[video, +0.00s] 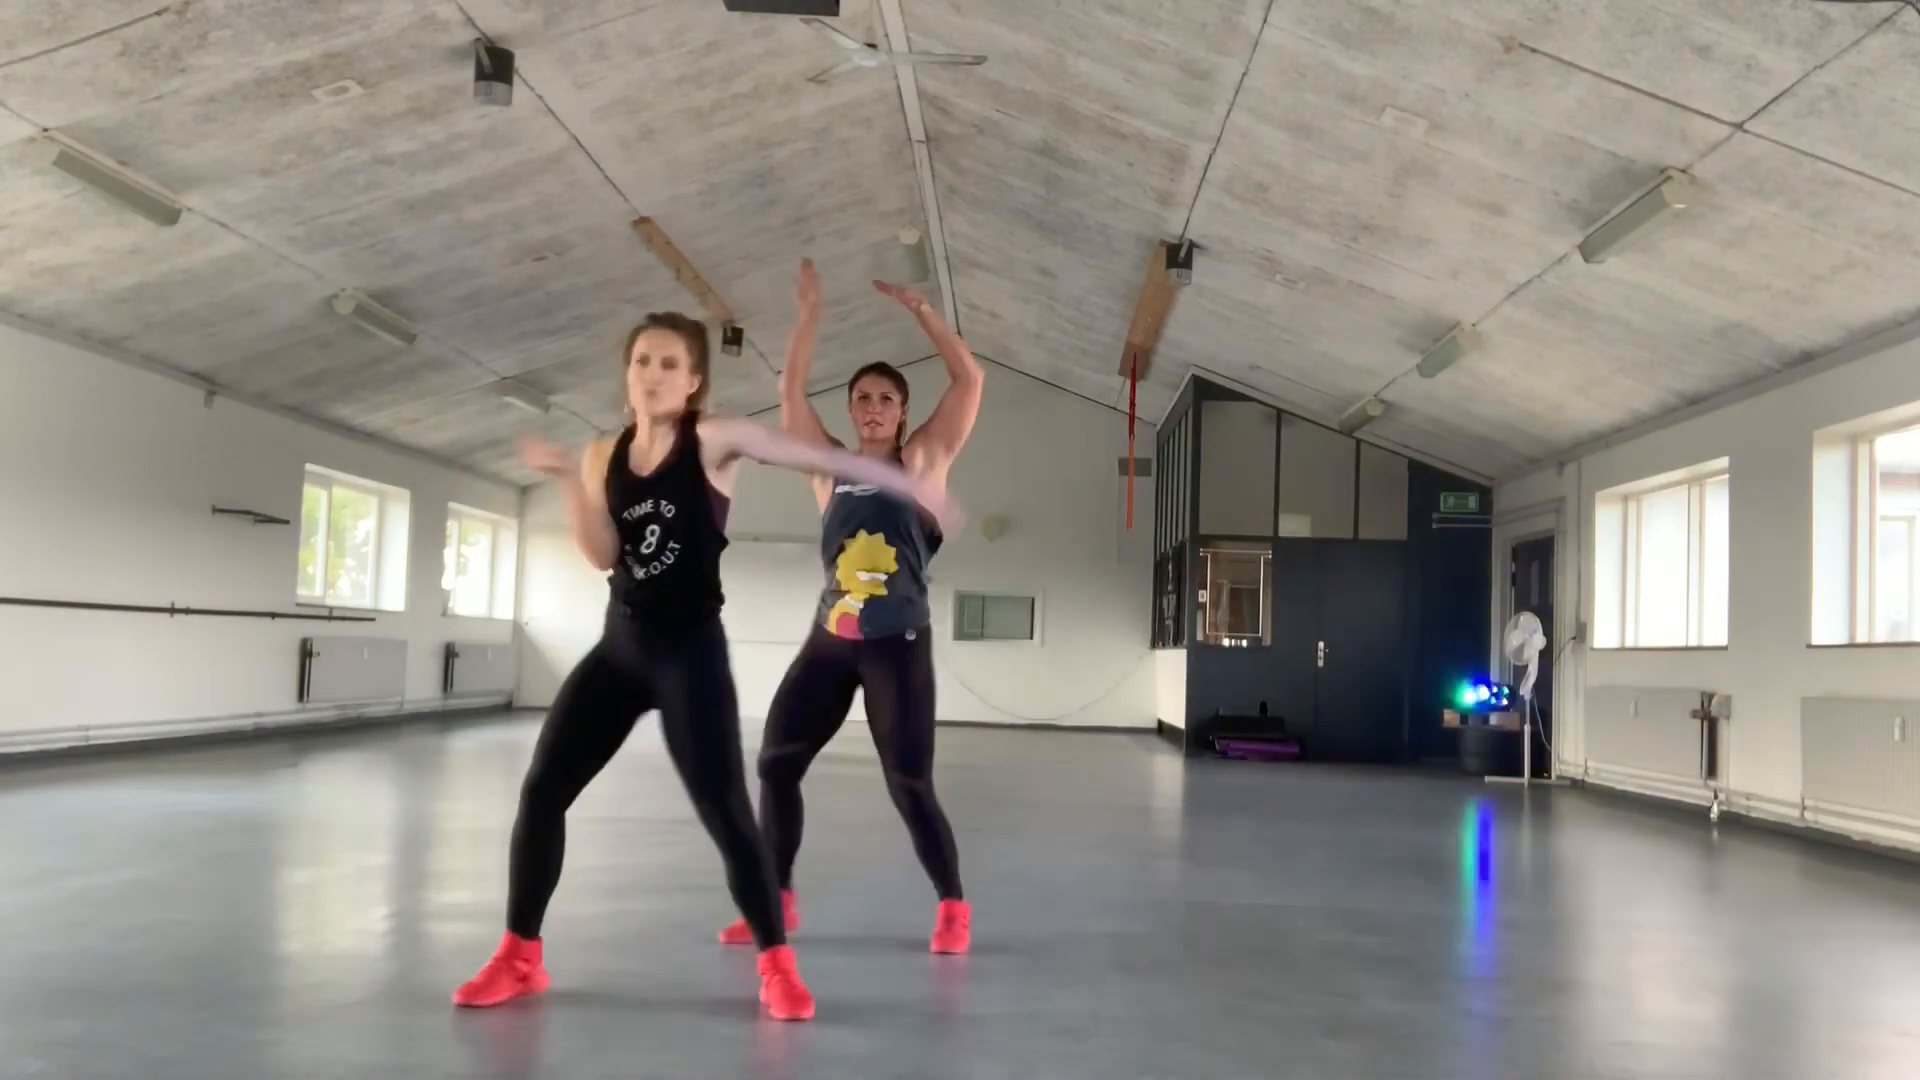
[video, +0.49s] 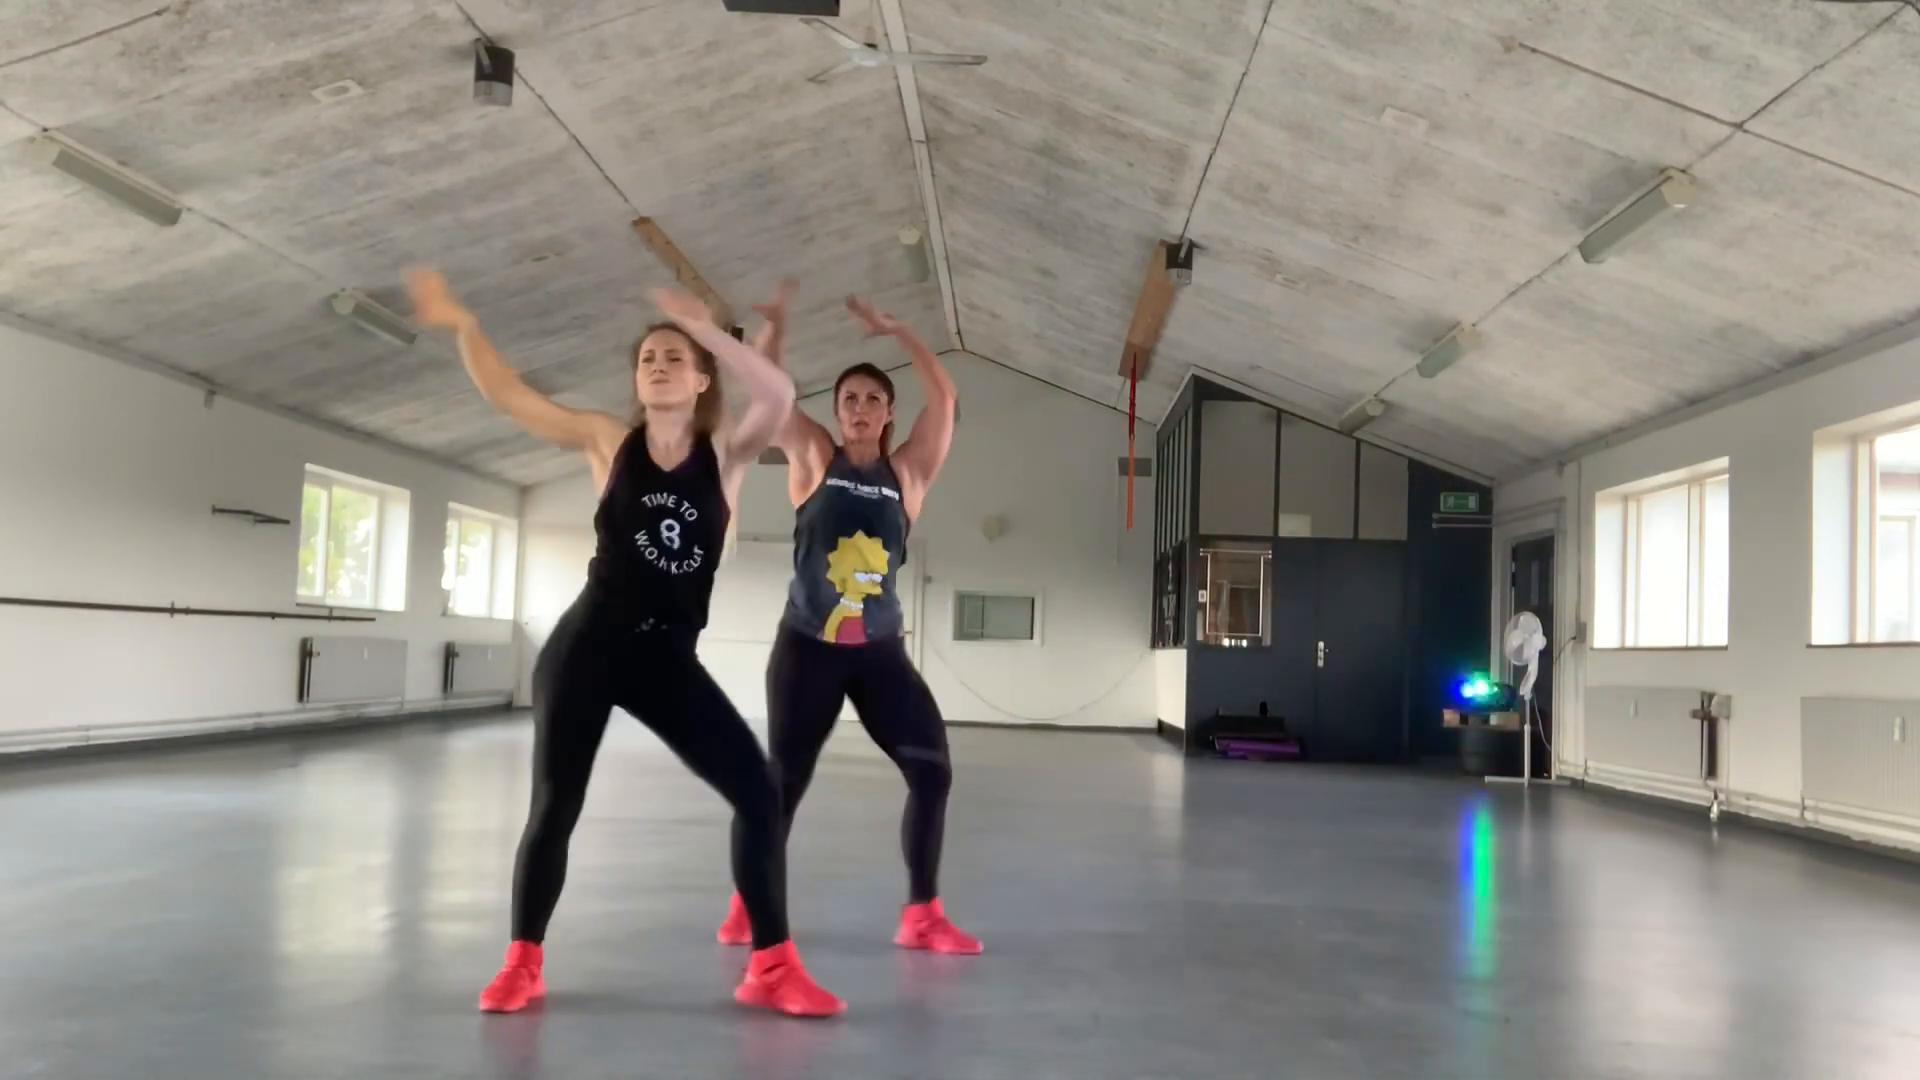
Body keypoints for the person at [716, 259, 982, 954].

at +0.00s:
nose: (873, 408)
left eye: (885, 399)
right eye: (864, 399)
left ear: (902, 412)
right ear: (851, 412)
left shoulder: (926, 457)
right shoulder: (830, 469)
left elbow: (968, 379)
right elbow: (792, 395)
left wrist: (923, 309)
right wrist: (807, 316)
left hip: (899, 645)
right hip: (829, 642)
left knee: (909, 782)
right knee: (778, 765)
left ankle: (951, 901)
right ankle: (776, 900)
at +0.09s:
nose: (872, 407)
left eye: (885, 400)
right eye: (862, 399)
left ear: (902, 414)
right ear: (849, 413)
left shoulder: (922, 465)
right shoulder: (826, 473)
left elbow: (974, 390)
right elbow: (800, 384)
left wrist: (939, 324)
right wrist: (833, 313)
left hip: (912, 647)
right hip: (845, 654)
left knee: (921, 780)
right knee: (778, 751)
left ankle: (956, 905)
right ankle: (775, 903)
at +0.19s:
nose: (874, 419)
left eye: (885, 409)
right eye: (863, 407)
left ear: (899, 422)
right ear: (845, 417)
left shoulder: (919, 477)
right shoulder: (820, 478)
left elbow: (980, 413)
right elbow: (800, 385)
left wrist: (947, 342)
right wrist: (855, 325)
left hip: (918, 647)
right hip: (855, 659)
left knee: (933, 772)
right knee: (790, 763)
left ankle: (971, 911)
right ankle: (782, 911)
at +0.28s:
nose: (871, 417)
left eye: (882, 408)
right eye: (860, 407)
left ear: (897, 424)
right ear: (841, 419)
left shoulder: (916, 483)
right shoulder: (816, 475)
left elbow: (979, 418)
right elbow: (789, 385)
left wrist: (945, 349)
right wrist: (843, 335)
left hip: (918, 649)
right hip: (850, 661)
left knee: (935, 771)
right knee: (778, 761)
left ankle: (971, 908)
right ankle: (782, 908)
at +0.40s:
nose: (867, 410)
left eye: (878, 402)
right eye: (857, 401)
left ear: (895, 415)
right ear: (840, 412)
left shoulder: (913, 477)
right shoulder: (817, 462)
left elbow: (966, 411)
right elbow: (778, 381)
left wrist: (928, 344)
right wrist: (825, 328)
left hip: (905, 648)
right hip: (829, 654)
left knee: (927, 778)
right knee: (780, 773)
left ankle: (963, 907)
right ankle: (765, 901)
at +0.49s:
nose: (862, 408)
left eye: (872, 400)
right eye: (850, 399)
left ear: (890, 414)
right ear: (833, 411)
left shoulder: (908, 471)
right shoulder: (812, 454)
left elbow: (944, 398)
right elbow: (767, 402)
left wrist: (900, 332)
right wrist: (774, 331)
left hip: (880, 653)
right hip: (808, 650)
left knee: (932, 773)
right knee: (786, 782)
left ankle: (922, 912)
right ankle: (748, 906)